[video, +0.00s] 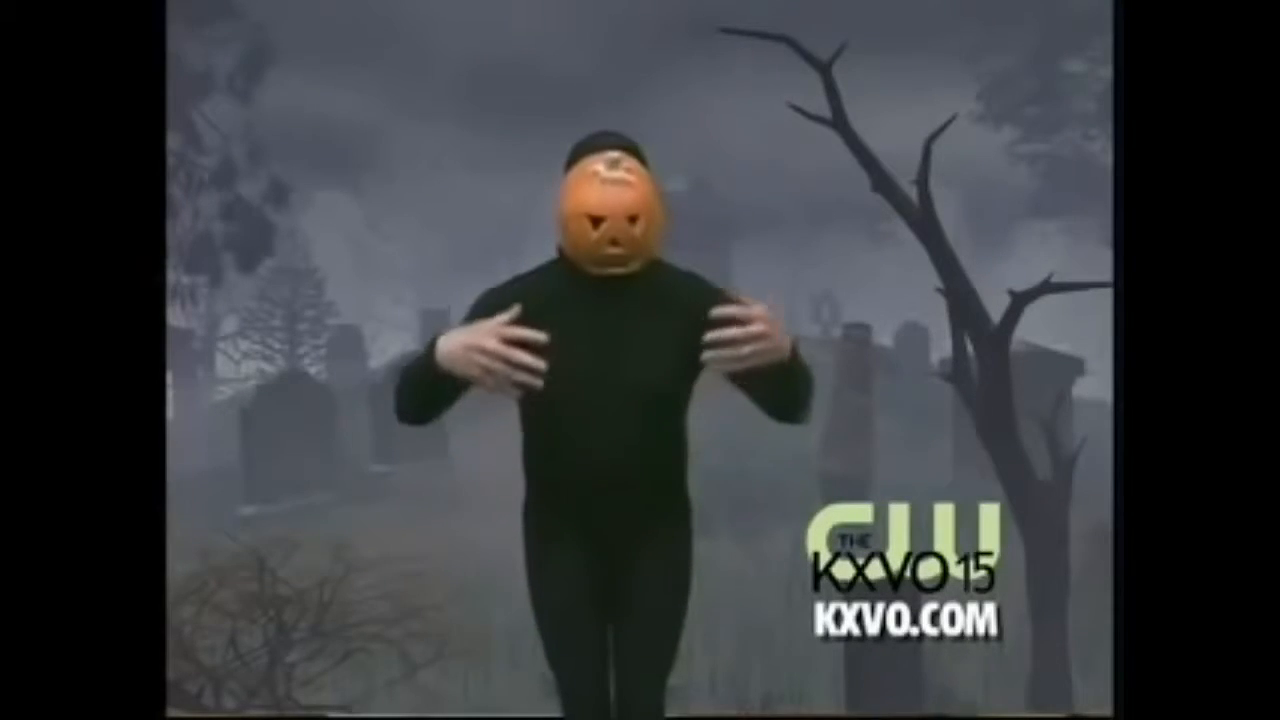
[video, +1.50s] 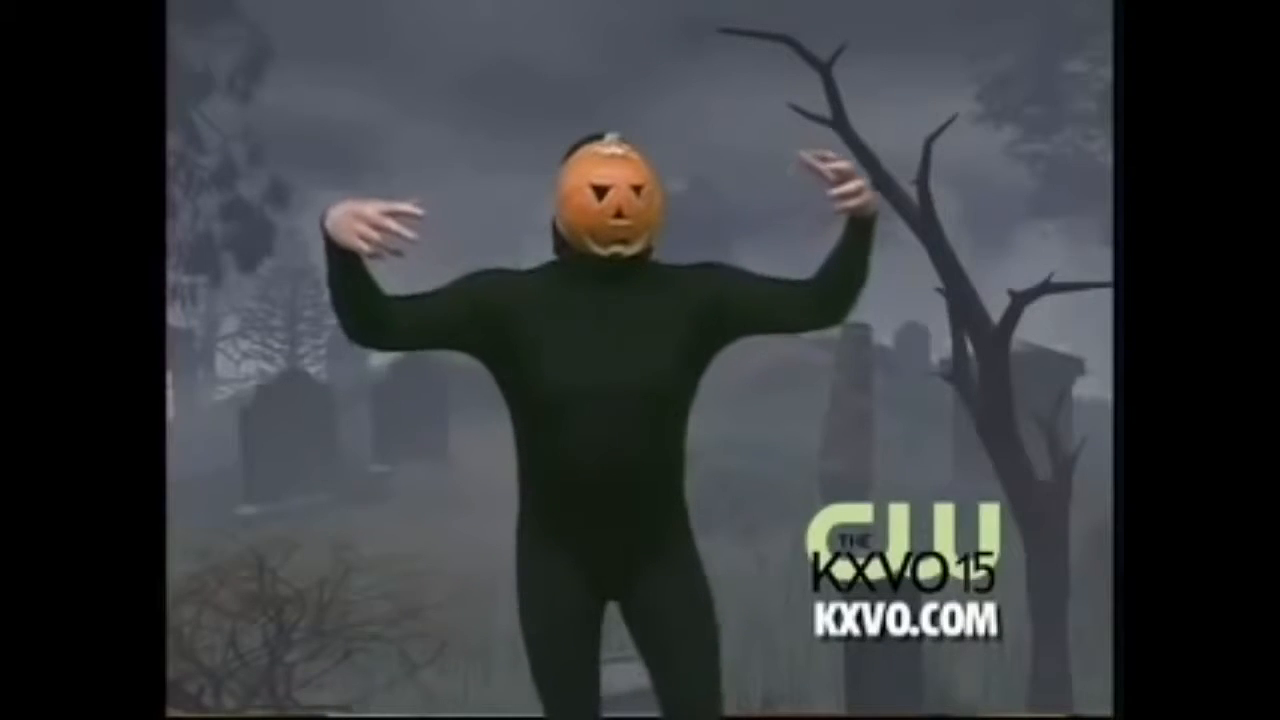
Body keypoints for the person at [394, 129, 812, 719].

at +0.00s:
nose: (614, 213)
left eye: (630, 187)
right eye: (591, 187)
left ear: (656, 206)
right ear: (562, 207)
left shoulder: (689, 302)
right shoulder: (521, 303)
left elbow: (791, 405)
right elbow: (413, 406)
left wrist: (783, 356)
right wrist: (442, 356)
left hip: (656, 533)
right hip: (560, 535)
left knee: (642, 700)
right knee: (582, 700)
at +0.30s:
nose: (615, 223)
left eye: (632, 207)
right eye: (595, 207)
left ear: (655, 214)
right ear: (562, 214)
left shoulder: (689, 302)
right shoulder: (518, 303)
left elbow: (798, 389)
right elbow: (398, 386)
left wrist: (796, 328)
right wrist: (425, 327)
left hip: (655, 539)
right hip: (559, 541)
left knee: (651, 703)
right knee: (579, 703)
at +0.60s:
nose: (614, 213)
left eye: (631, 198)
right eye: (594, 198)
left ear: (655, 210)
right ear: (562, 210)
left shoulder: (692, 301)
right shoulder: (513, 303)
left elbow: (807, 367)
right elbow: (388, 369)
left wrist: (816, 300)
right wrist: (403, 304)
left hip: (656, 541)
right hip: (557, 544)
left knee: (662, 704)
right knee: (576, 704)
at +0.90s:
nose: (615, 207)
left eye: (632, 194)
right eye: (595, 193)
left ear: (657, 209)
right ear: (559, 210)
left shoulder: (694, 300)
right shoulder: (507, 304)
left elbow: (817, 341)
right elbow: (380, 350)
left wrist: (835, 274)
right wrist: (378, 283)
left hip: (658, 544)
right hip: (556, 548)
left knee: (676, 704)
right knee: (574, 706)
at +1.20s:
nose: (617, 203)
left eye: (634, 191)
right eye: (596, 190)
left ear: (656, 208)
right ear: (559, 209)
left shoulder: (697, 297)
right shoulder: (505, 302)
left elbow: (824, 321)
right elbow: (377, 339)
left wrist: (852, 243)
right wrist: (357, 262)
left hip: (659, 545)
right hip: (555, 549)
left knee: (686, 707)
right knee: (572, 709)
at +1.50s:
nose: (616, 194)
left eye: (632, 185)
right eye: (594, 184)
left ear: (658, 210)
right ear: (559, 211)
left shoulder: (700, 295)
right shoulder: (504, 300)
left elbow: (822, 303)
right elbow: (375, 324)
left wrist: (861, 221)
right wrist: (339, 244)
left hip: (662, 552)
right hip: (554, 558)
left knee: (698, 709)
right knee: (570, 712)